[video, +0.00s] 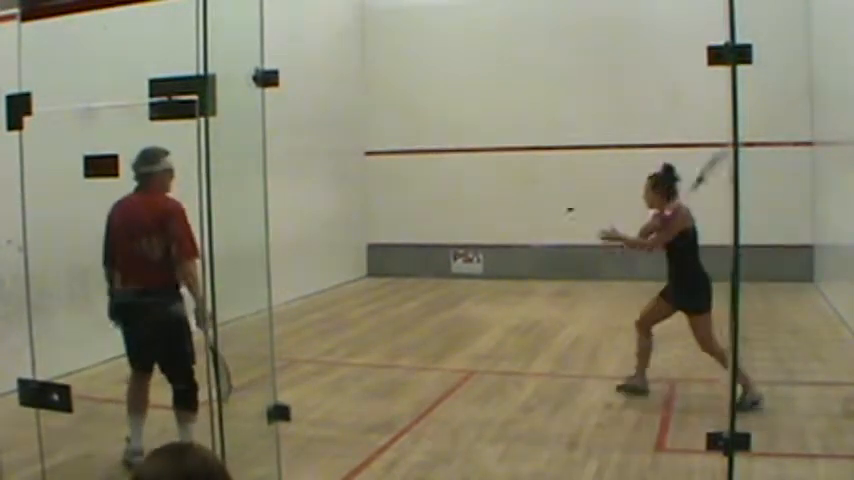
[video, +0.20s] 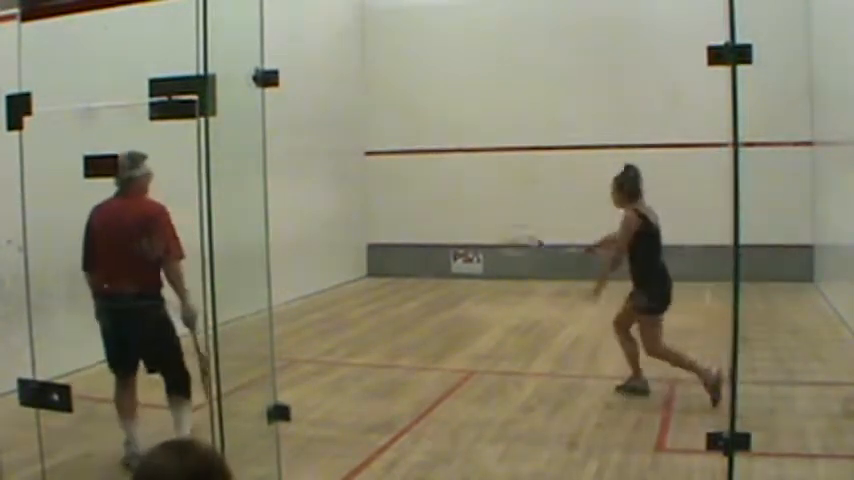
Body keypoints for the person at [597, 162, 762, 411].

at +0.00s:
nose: (645, 197)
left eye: (648, 192)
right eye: (645, 192)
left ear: (659, 193)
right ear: (661, 193)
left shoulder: (681, 215)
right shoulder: (660, 216)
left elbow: (654, 244)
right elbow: (642, 239)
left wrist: (622, 239)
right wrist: (621, 242)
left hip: (695, 287)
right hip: (677, 286)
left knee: (708, 344)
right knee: (643, 324)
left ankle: (750, 388)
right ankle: (640, 379)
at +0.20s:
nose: (612, 196)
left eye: (614, 192)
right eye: (612, 191)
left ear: (622, 193)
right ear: (635, 191)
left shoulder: (632, 217)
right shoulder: (644, 213)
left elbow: (619, 253)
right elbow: (620, 239)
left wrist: (601, 282)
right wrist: (597, 246)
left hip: (650, 291)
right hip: (653, 287)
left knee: (653, 347)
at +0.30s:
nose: (597, 190)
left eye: (598, 186)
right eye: (597, 186)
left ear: (605, 186)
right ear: (620, 185)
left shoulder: (613, 211)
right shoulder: (627, 207)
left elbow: (606, 250)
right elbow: (630, 247)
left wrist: (596, 284)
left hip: (634, 281)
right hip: (639, 278)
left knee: (625, 334)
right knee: (616, 326)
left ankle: (673, 371)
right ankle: (636, 377)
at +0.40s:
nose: (580, 182)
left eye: (581, 178)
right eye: (581, 178)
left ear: (584, 179)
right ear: (604, 178)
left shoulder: (593, 203)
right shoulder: (613, 199)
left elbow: (594, 236)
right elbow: (635, 216)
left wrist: (595, 266)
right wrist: (654, 223)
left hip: (612, 274)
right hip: (627, 270)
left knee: (597, 326)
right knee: (617, 325)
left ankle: (632, 375)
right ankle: (635, 376)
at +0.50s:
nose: (565, 181)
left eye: (565, 177)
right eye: (567, 177)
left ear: (568, 178)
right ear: (588, 176)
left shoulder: (575, 200)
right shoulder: (600, 198)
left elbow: (577, 229)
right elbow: (628, 212)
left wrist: (583, 258)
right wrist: (658, 220)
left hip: (595, 269)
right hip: (613, 266)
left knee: (571, 320)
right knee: (614, 320)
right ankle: (635, 374)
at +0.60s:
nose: (548, 186)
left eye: (549, 182)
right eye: (551, 182)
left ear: (551, 184)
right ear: (572, 181)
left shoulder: (554, 208)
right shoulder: (585, 202)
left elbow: (558, 240)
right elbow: (613, 220)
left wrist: (560, 273)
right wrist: (645, 233)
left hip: (576, 275)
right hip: (598, 272)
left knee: (546, 320)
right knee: (610, 324)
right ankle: (635, 374)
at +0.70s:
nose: (529, 191)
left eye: (530, 187)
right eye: (532, 187)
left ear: (531, 189)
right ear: (554, 187)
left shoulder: (531, 214)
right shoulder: (565, 207)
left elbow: (533, 249)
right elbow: (588, 230)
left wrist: (532, 280)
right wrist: (609, 245)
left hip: (551, 280)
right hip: (576, 277)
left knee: (523, 323)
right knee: (596, 325)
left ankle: (516, 378)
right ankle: (629, 371)